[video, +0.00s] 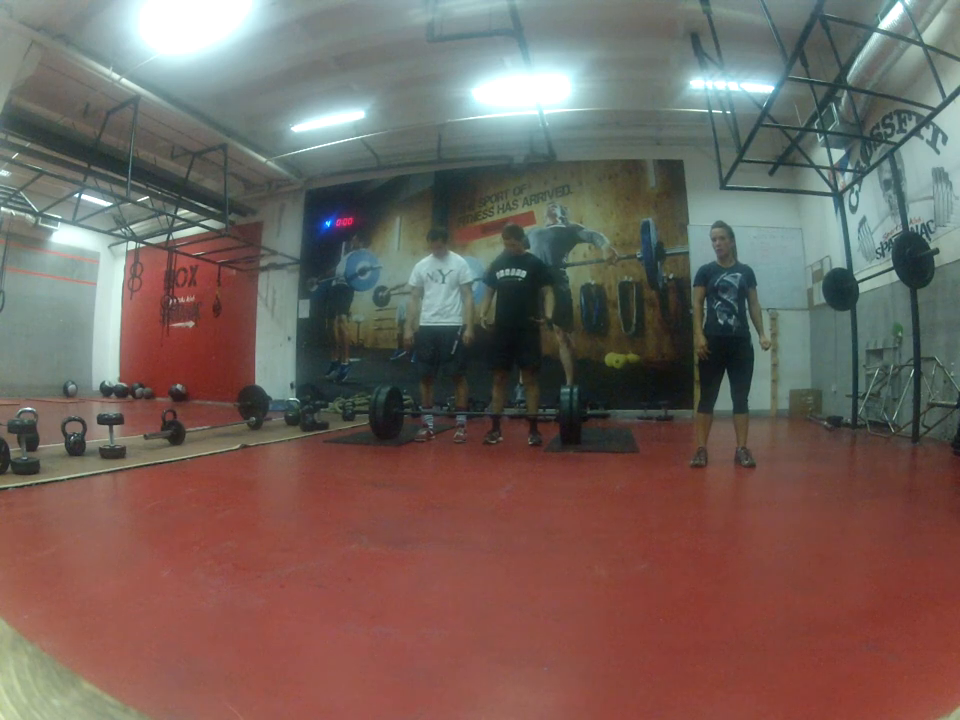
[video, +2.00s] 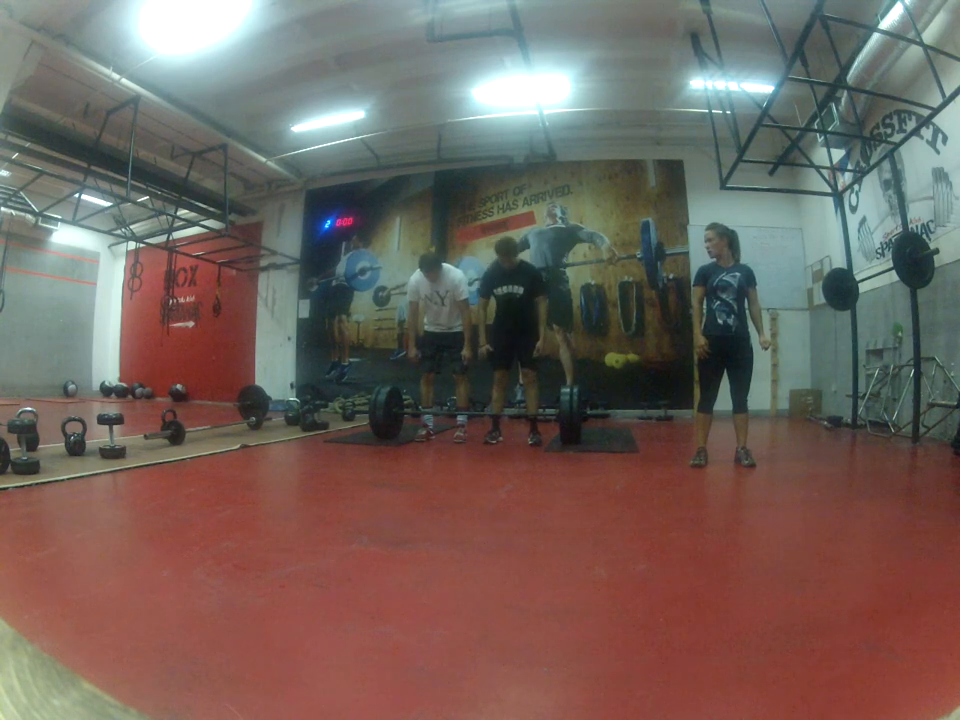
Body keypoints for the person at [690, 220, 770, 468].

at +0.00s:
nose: (718, 243)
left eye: (722, 239)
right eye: (714, 240)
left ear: (732, 241)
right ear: (711, 244)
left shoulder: (746, 272)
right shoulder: (705, 272)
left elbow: (754, 305)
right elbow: (697, 306)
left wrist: (761, 333)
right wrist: (698, 335)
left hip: (740, 343)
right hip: (712, 342)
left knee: (740, 398)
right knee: (707, 398)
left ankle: (742, 449)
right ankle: (701, 449)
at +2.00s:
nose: (707, 245)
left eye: (710, 240)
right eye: (705, 241)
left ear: (726, 241)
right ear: (710, 244)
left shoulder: (745, 271)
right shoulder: (704, 272)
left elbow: (754, 305)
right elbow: (697, 306)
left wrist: (761, 333)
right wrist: (697, 335)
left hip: (739, 342)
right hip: (711, 342)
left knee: (740, 399)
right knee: (706, 398)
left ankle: (742, 449)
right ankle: (701, 449)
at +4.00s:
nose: (706, 245)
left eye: (709, 241)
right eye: (705, 241)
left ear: (725, 241)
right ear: (710, 244)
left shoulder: (745, 271)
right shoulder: (704, 272)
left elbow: (753, 304)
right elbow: (696, 306)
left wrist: (761, 333)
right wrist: (697, 335)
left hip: (739, 342)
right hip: (711, 342)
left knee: (740, 399)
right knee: (706, 399)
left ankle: (742, 449)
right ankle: (700, 449)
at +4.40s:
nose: (706, 245)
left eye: (709, 241)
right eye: (705, 242)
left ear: (725, 241)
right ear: (710, 244)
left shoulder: (745, 271)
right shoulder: (704, 271)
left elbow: (753, 304)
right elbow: (696, 306)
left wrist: (761, 333)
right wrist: (697, 335)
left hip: (739, 342)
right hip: (711, 342)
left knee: (740, 399)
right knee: (706, 399)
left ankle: (742, 449)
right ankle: (700, 450)